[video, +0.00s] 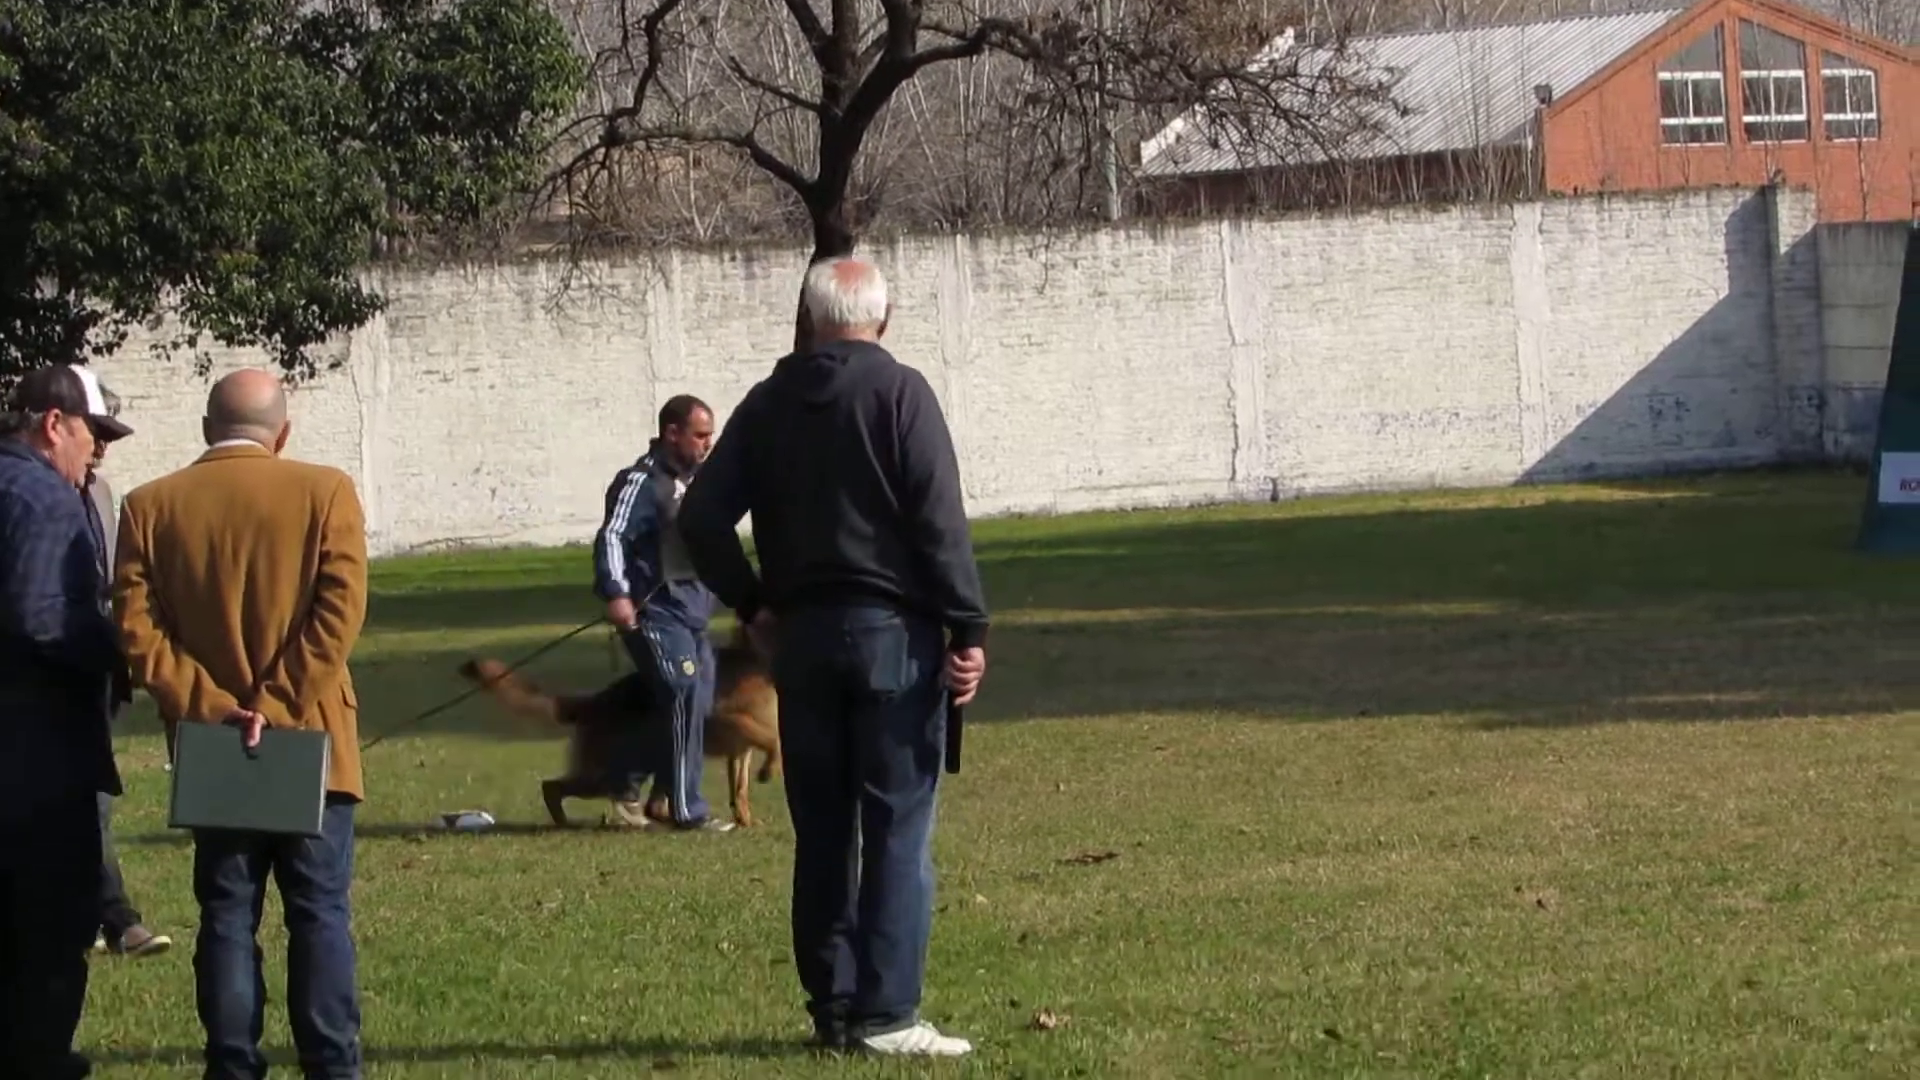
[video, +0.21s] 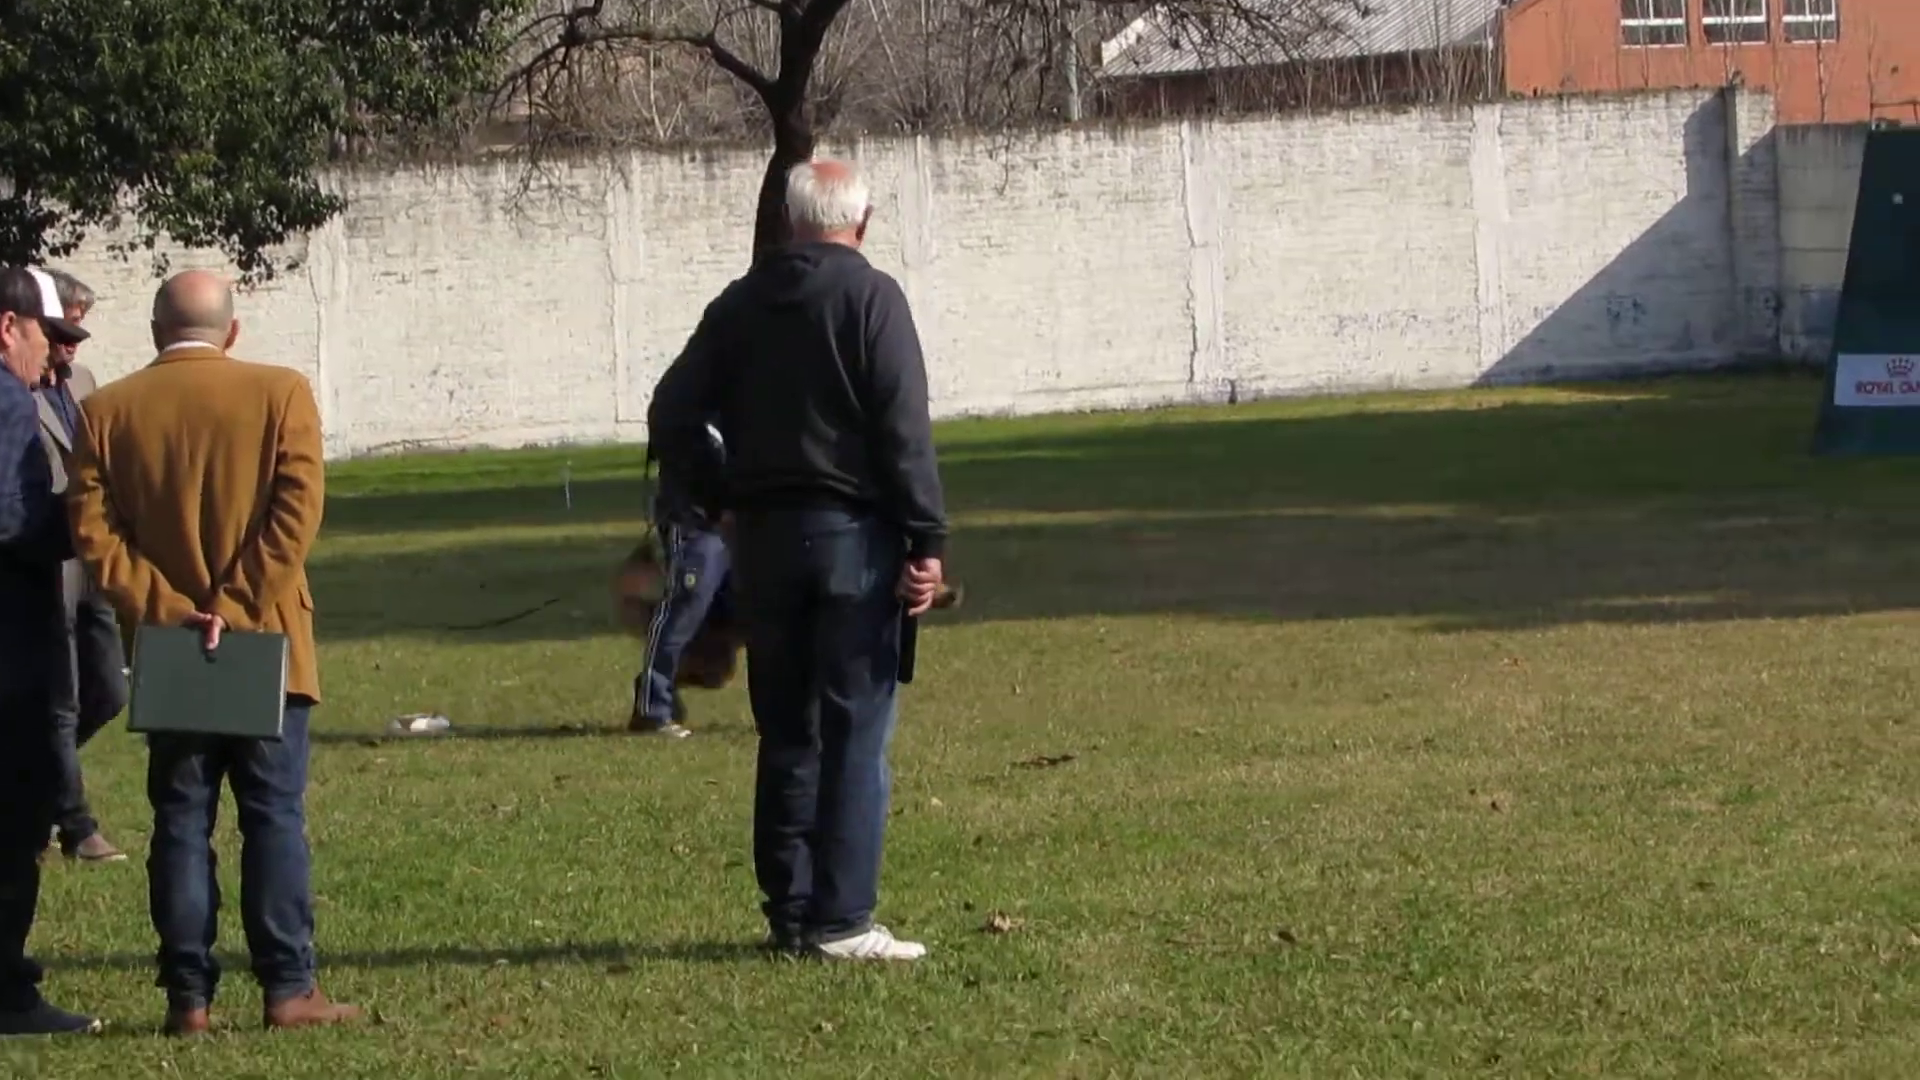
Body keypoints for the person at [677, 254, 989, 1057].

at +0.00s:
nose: (890, 326)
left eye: (886, 316)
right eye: (888, 316)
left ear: (803, 322)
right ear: (881, 321)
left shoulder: (765, 401)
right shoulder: (899, 391)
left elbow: (700, 516)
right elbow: (938, 521)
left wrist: (751, 602)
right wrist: (970, 627)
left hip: (800, 640)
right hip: (891, 636)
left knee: (819, 826)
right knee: (900, 822)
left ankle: (833, 1009)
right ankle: (888, 1016)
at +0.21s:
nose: (870, 229)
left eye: (866, 217)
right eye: (868, 219)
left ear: (783, 219)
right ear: (856, 224)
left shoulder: (738, 302)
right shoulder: (870, 296)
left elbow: (671, 409)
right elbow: (904, 430)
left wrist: (716, 500)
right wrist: (927, 537)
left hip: (763, 545)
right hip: (852, 542)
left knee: (785, 732)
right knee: (857, 733)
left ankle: (791, 914)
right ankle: (844, 921)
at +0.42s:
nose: (804, 173)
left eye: (799, 161)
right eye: (802, 162)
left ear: (723, 157)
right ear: (789, 165)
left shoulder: (674, 236)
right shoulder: (798, 238)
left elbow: (600, 352)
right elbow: (830, 373)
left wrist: (653, 442)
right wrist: (850, 484)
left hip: (692, 482)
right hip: (776, 481)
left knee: (711, 670)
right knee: (783, 672)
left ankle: (703, 859)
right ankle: (769, 864)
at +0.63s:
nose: (716, 135)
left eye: (713, 121)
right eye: (713, 123)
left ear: (634, 121)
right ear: (696, 127)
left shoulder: (585, 198)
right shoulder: (696, 201)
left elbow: (517, 318)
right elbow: (726, 335)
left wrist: (580, 401)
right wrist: (752, 447)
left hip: (605, 450)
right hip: (686, 450)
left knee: (615, 635)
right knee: (696, 637)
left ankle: (608, 824)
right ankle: (681, 828)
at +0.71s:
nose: (662, 122)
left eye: (659, 108)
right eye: (658, 109)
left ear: (583, 109)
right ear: (636, 112)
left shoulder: (534, 183)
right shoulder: (639, 186)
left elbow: (468, 307)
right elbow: (667, 323)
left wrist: (535, 394)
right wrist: (694, 435)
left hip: (554, 439)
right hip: (633, 439)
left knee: (563, 628)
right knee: (645, 631)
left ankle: (556, 814)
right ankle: (629, 817)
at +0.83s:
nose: (578, 101)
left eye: (576, 86)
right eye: (572, 88)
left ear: (503, 92)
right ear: (541, 94)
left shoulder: (449, 166)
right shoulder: (547, 169)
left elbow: (386, 292)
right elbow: (574, 301)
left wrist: (448, 376)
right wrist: (599, 416)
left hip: (470, 423)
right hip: (543, 421)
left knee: (480, 611)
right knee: (563, 614)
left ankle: (477, 799)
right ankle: (549, 801)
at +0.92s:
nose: (507, 94)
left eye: (506, 78)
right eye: (502, 79)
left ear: (435, 82)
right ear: (469, 82)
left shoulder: (379, 155)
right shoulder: (473, 158)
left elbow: (317, 282)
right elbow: (499, 288)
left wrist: (378, 366)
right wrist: (523, 405)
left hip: (398, 412)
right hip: (472, 411)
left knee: (408, 602)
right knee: (493, 606)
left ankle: (407, 790)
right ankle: (480, 792)